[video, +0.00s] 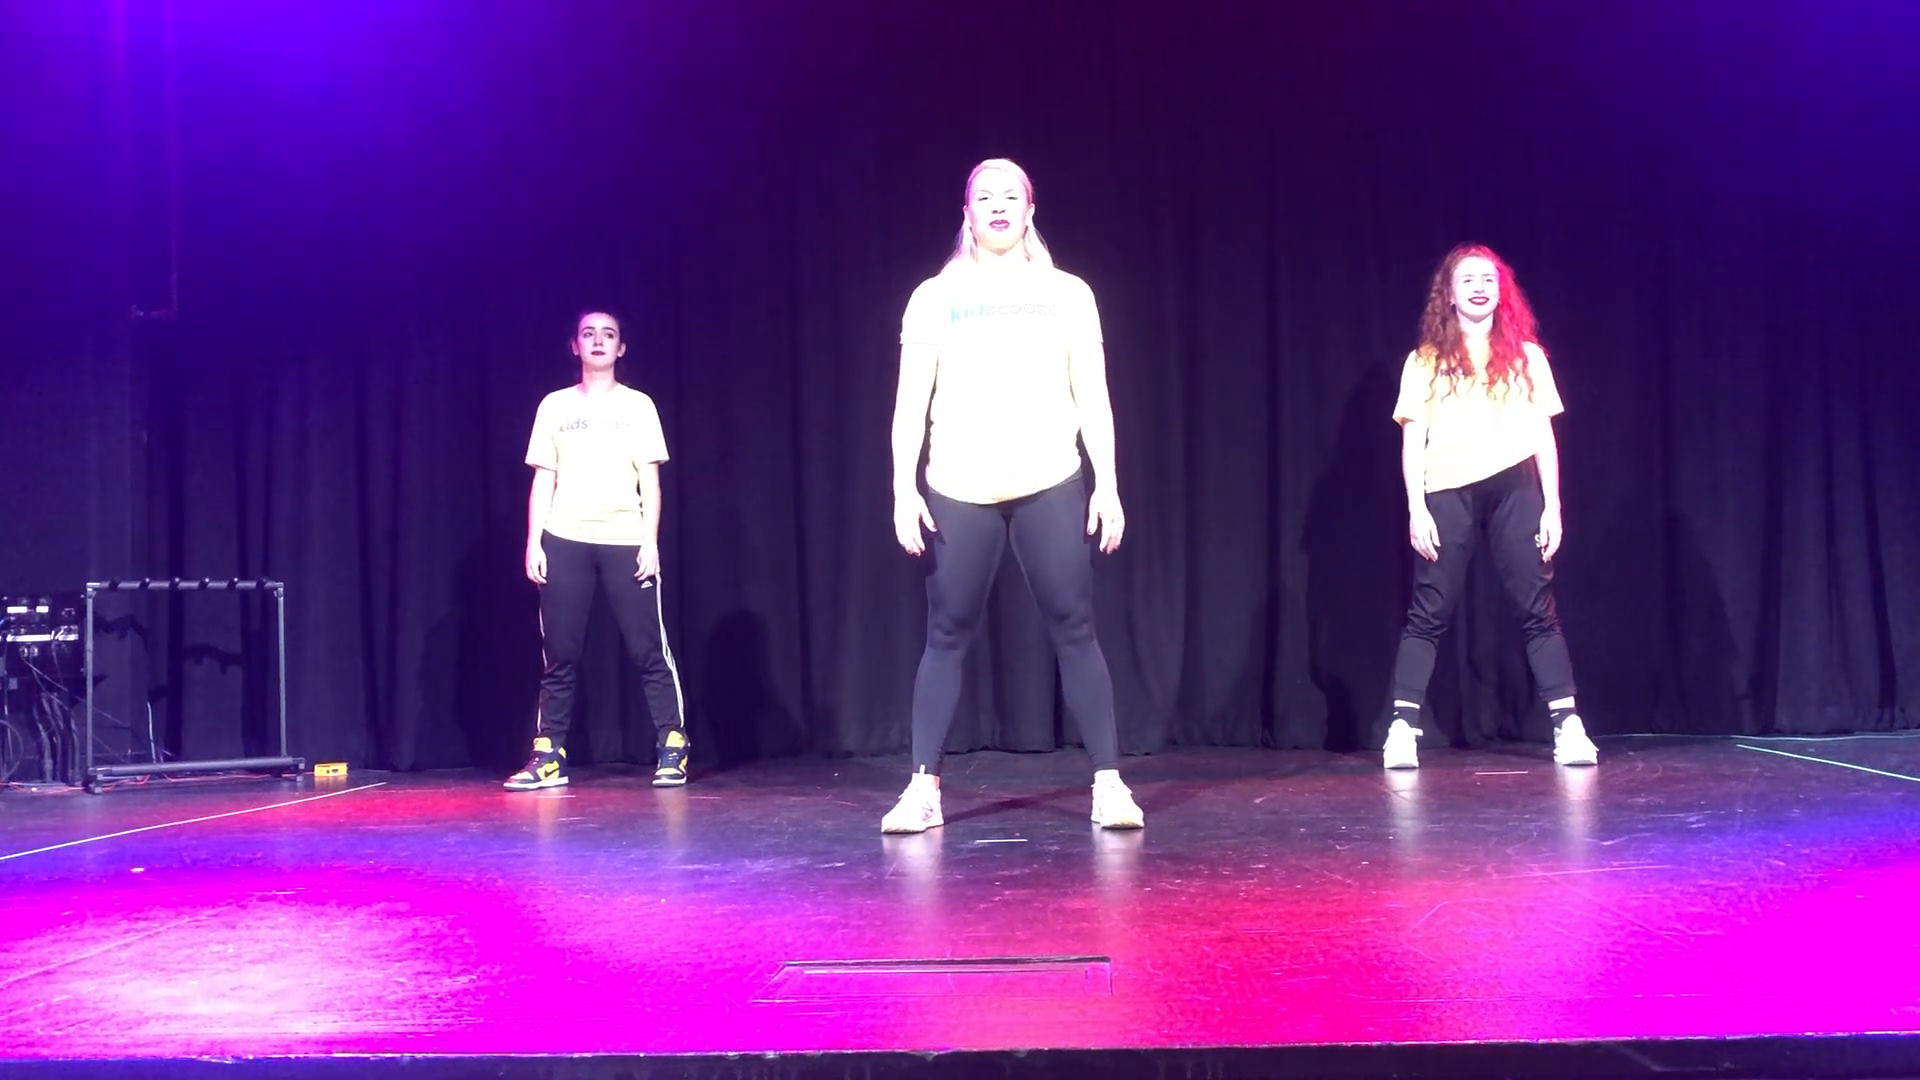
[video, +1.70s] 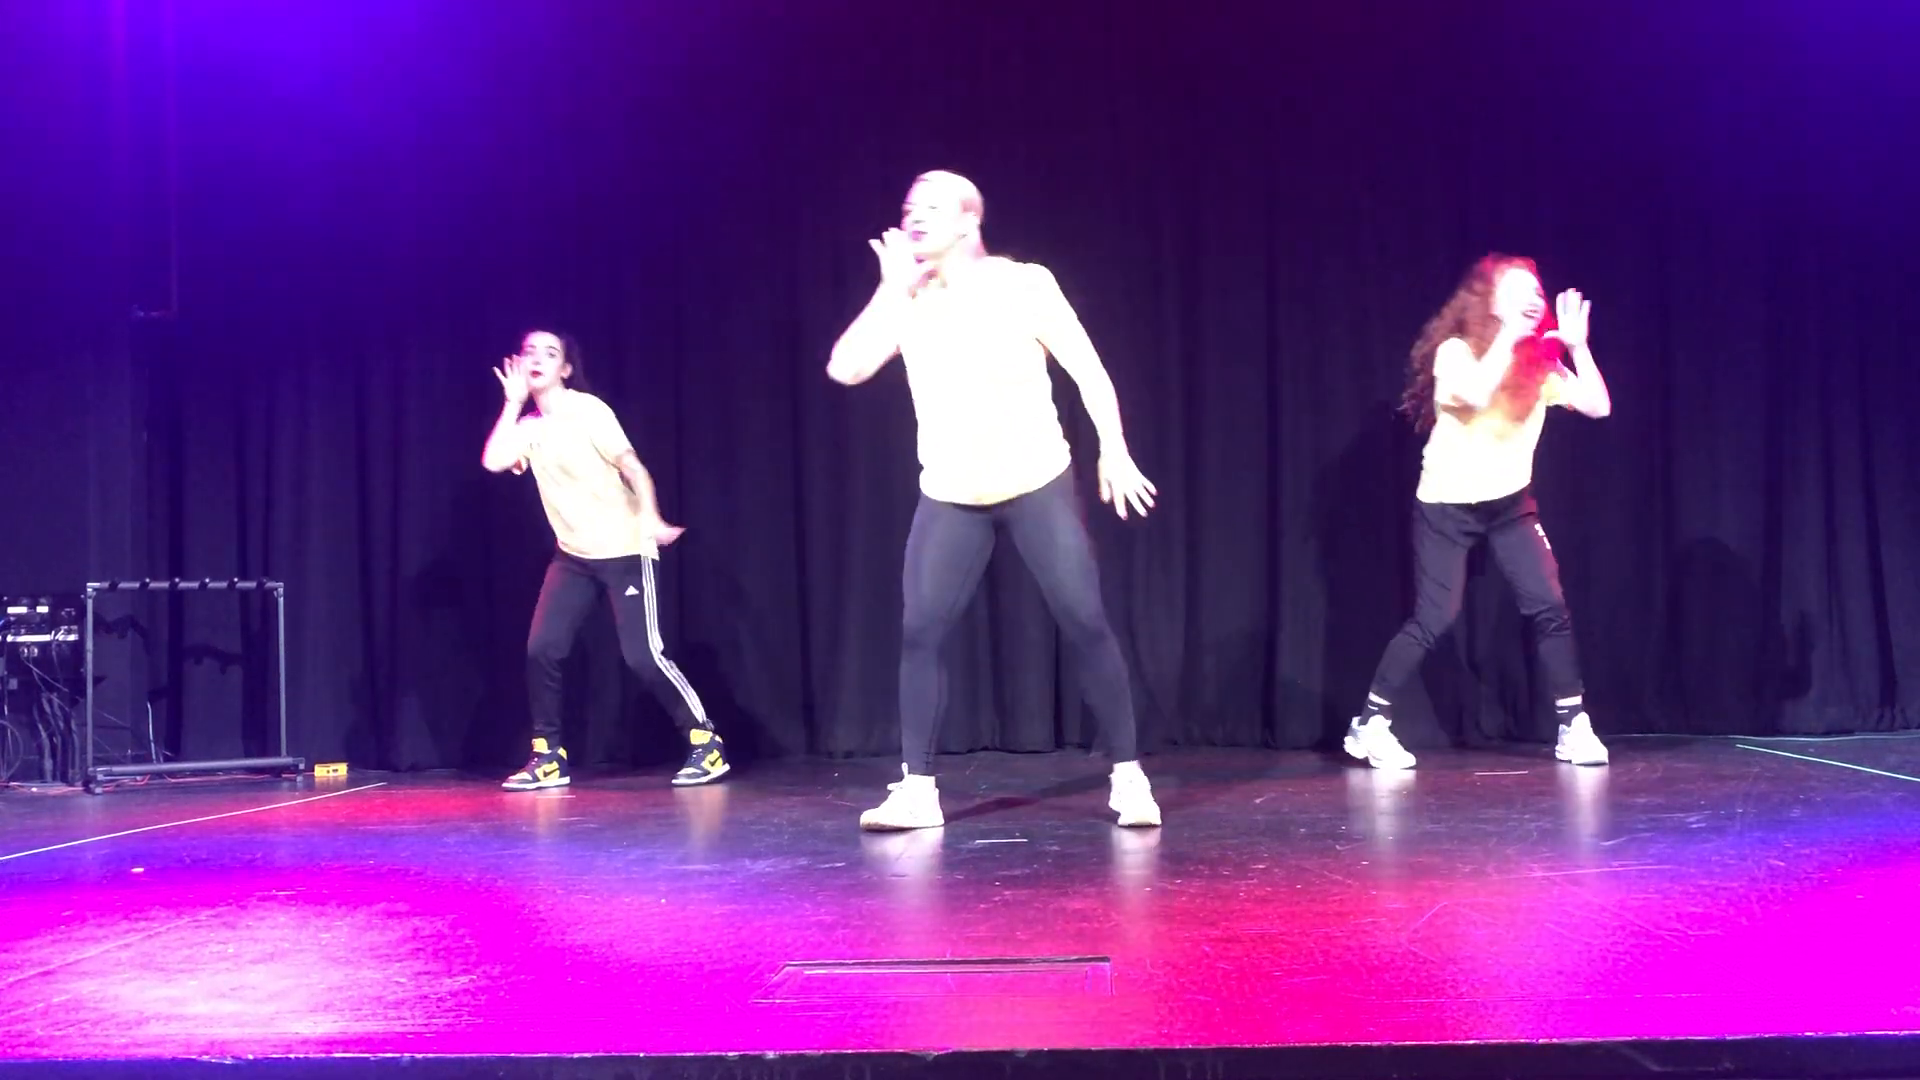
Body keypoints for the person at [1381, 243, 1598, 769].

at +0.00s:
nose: (1478, 288)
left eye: (1487, 280)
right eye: (1468, 280)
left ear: (1502, 291)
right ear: (1448, 290)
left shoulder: (1527, 355)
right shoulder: (1426, 359)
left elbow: (1544, 435)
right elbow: (1413, 440)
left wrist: (1552, 506)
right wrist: (1417, 508)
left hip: (1514, 489)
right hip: (1446, 493)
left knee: (1536, 607)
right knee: (1430, 609)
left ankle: (1567, 725)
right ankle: (1404, 727)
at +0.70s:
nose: (1468, 285)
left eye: (1478, 276)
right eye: (1458, 277)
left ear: (1497, 286)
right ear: (1442, 289)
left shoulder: (1526, 350)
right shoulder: (1423, 357)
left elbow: (1545, 430)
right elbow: (1412, 435)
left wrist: (1552, 500)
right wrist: (1399, 498)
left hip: (1514, 488)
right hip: (1442, 492)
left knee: (1535, 606)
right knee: (1429, 609)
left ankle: (1567, 724)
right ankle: (1405, 728)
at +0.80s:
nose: (1439, 290)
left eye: (1450, 279)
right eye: (1431, 284)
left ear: (1480, 285)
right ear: (1426, 297)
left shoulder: (1519, 347)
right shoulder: (1419, 359)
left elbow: (1542, 433)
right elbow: (1395, 432)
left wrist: (1545, 505)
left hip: (1508, 487)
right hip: (1439, 493)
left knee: (1537, 607)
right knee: (1426, 611)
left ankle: (1570, 724)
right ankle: (1403, 729)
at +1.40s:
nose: (1408, 335)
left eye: (1419, 324)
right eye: (1402, 326)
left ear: (1449, 331)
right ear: (1396, 335)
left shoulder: (1484, 381)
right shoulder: (1401, 394)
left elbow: (1523, 460)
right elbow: (1343, 436)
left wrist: (1544, 539)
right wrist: (1381, 376)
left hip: (1494, 527)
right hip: (1432, 533)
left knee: (1519, 635)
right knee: (1408, 623)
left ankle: (1610, 719)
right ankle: (1402, 732)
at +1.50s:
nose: (1446, 319)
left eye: (1456, 311)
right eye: (1437, 310)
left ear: (1477, 320)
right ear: (1419, 318)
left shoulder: (1505, 370)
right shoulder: (1411, 378)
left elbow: (1550, 426)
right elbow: (1367, 415)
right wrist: (1413, 356)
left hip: (1500, 517)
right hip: (1430, 523)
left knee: (1538, 621)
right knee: (1416, 622)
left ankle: (1592, 721)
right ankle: (1403, 731)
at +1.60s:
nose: (1499, 305)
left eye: (1505, 296)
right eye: (1487, 296)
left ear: (1514, 303)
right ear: (1457, 302)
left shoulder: (1525, 360)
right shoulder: (1429, 353)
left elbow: (1578, 412)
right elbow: (1417, 394)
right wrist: (1464, 340)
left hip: (1505, 505)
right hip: (1434, 509)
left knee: (1546, 609)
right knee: (1424, 616)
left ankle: (1574, 726)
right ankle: (1392, 728)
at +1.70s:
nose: (1533, 302)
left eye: (1536, 293)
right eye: (1519, 293)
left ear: (1539, 304)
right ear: (1486, 301)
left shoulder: (1540, 365)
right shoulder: (1455, 352)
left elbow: (1596, 405)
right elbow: (1475, 394)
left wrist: (1577, 345)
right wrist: (1512, 333)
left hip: (1511, 506)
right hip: (1446, 508)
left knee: (1549, 609)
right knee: (1434, 617)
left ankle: (1573, 729)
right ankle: (1369, 725)